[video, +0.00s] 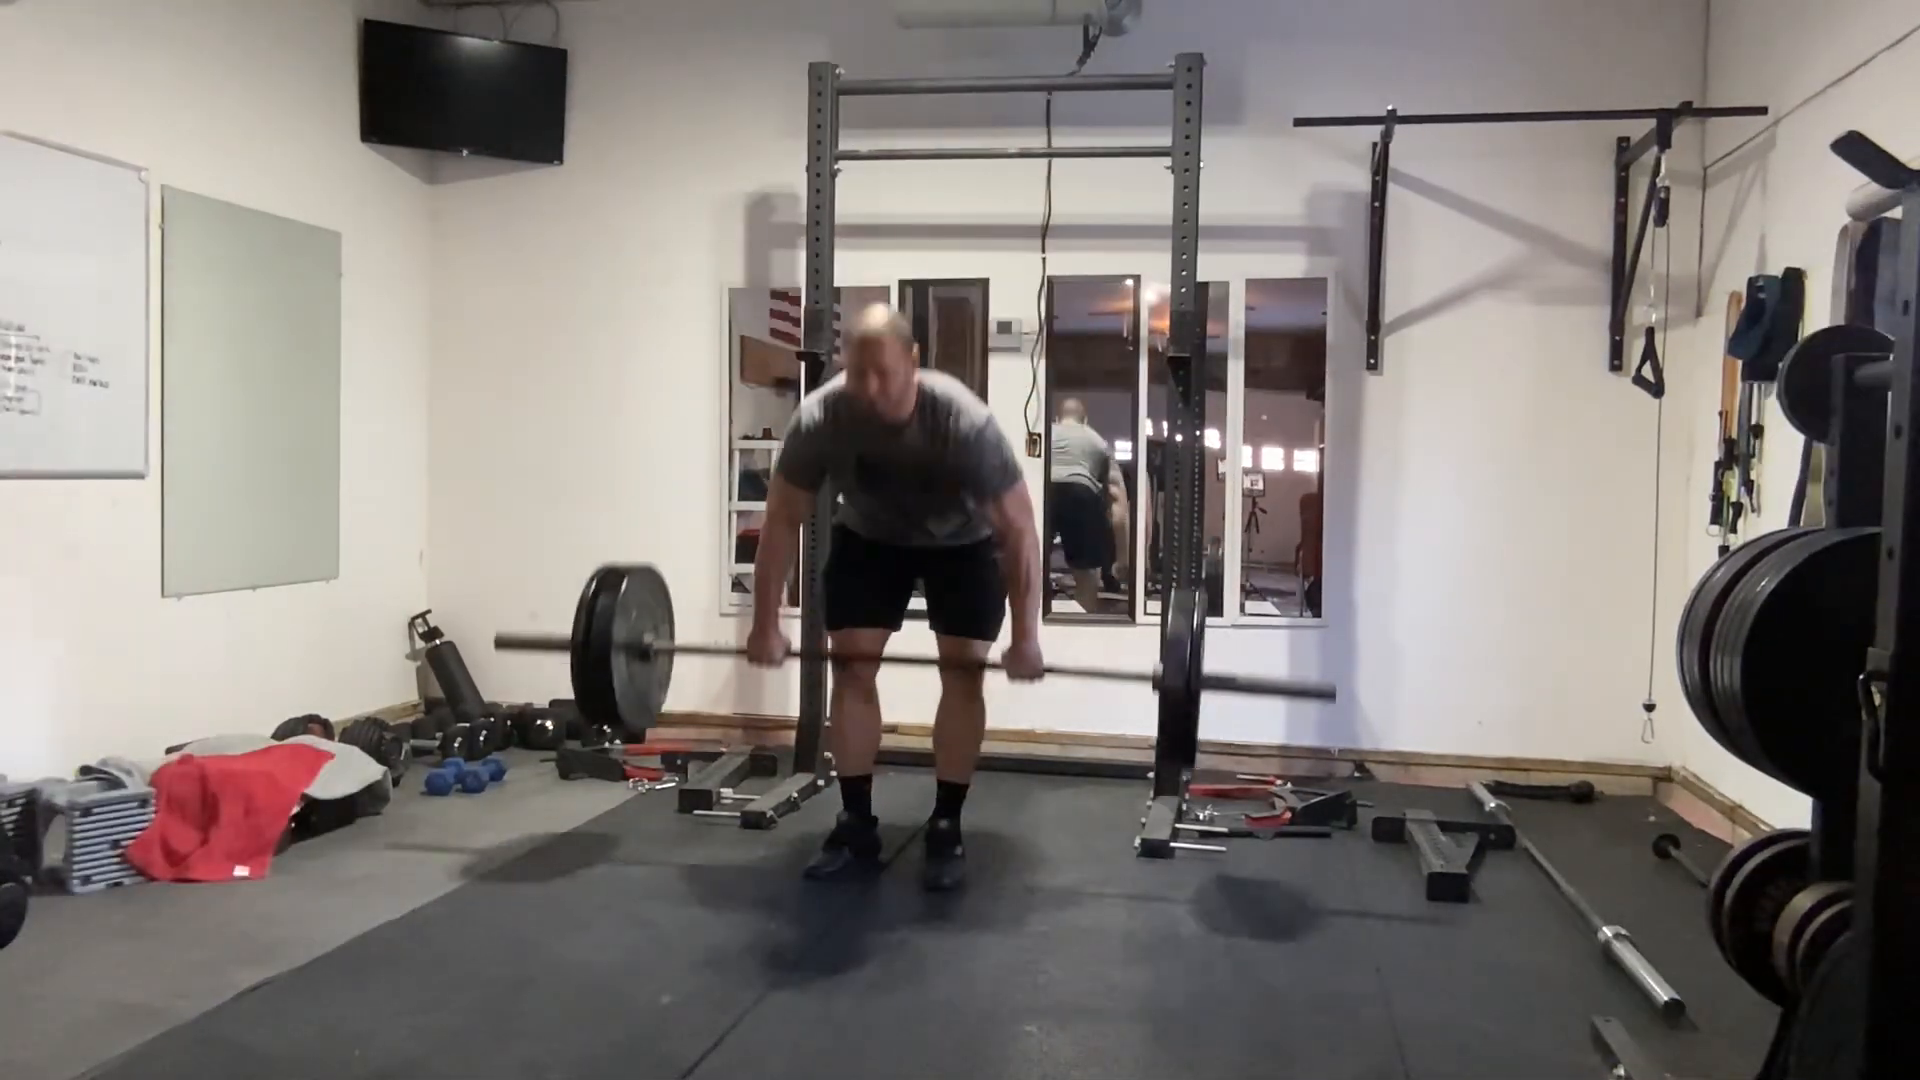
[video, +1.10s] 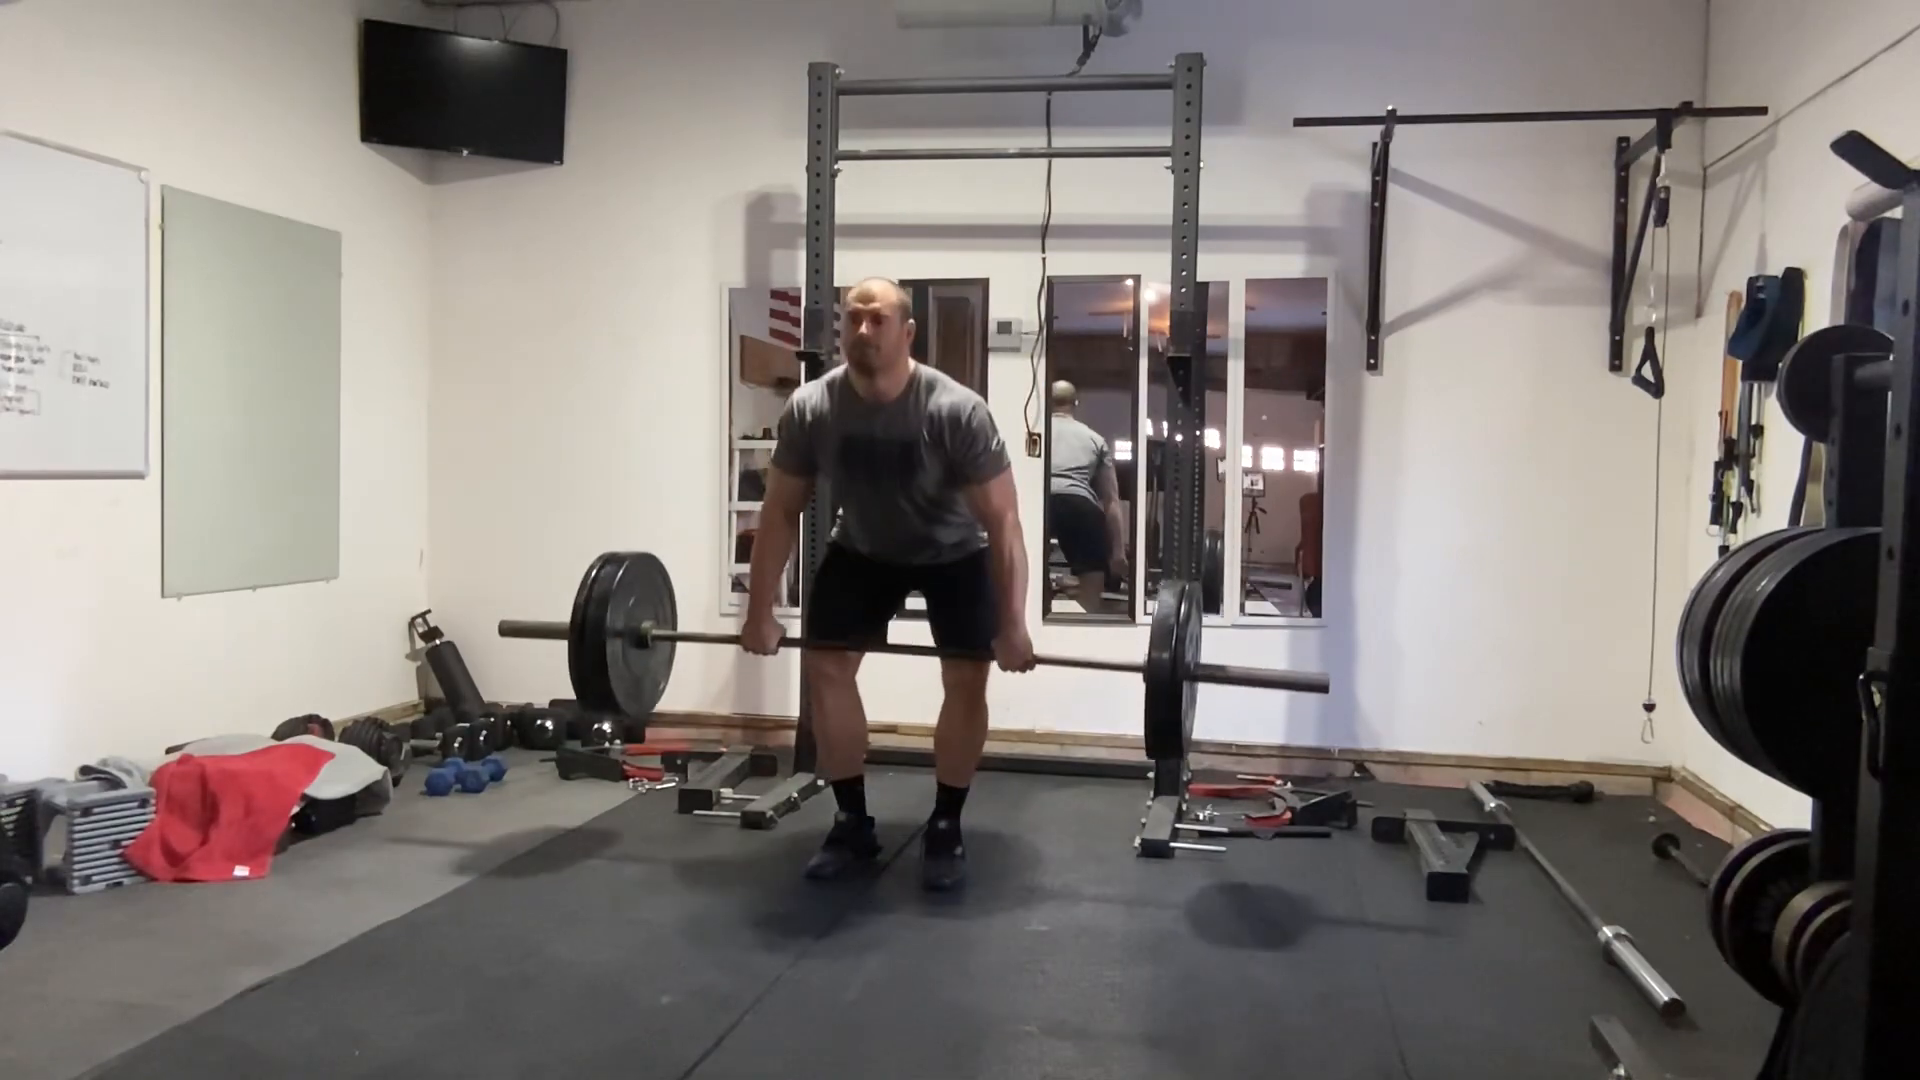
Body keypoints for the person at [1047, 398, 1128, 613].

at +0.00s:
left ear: (1058, 417)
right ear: (1084, 418)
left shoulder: (1045, 433)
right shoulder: (1098, 442)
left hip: (1043, 491)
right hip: (1082, 495)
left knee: (1035, 558)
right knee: (1084, 568)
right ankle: (1087, 629)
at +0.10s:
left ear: (1057, 386)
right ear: (1085, 386)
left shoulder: (1041, 410)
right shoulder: (1102, 418)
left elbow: (1027, 457)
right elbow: (1121, 483)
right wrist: (1124, 530)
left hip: (1045, 490)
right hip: (1085, 492)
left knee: (1037, 560)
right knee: (1085, 569)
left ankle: (1037, 627)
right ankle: (1086, 635)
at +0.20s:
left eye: (1062, 361)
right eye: (1081, 361)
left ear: (1055, 362)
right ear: (1084, 362)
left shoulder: (1039, 393)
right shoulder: (1102, 397)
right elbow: (1126, 449)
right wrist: (1125, 503)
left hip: (1048, 488)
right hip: (1086, 489)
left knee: (1057, 561)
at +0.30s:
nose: (1077, 355)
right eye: (1080, 349)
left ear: (1052, 351)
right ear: (1083, 351)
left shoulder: (1038, 384)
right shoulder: (1101, 387)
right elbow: (1126, 433)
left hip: (1044, 486)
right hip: (1084, 488)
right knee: (1082, 567)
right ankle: (1081, 629)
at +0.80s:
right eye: (1071, 372)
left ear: (1046, 374)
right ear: (1075, 374)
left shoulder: (1028, 406)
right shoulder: (1093, 413)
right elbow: (1111, 478)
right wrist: (1116, 525)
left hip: (1032, 500)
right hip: (1077, 502)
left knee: (1033, 578)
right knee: (1085, 582)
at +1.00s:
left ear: (1047, 395)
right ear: (1075, 396)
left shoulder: (1031, 424)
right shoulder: (1095, 433)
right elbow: (1111, 493)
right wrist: (1118, 542)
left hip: (1032, 503)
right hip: (1077, 505)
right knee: (1091, 583)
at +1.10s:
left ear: (1047, 403)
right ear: (1075, 404)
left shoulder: (1032, 432)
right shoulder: (1094, 440)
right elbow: (1111, 501)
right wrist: (1118, 554)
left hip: (1034, 503)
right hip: (1078, 505)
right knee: (1091, 582)